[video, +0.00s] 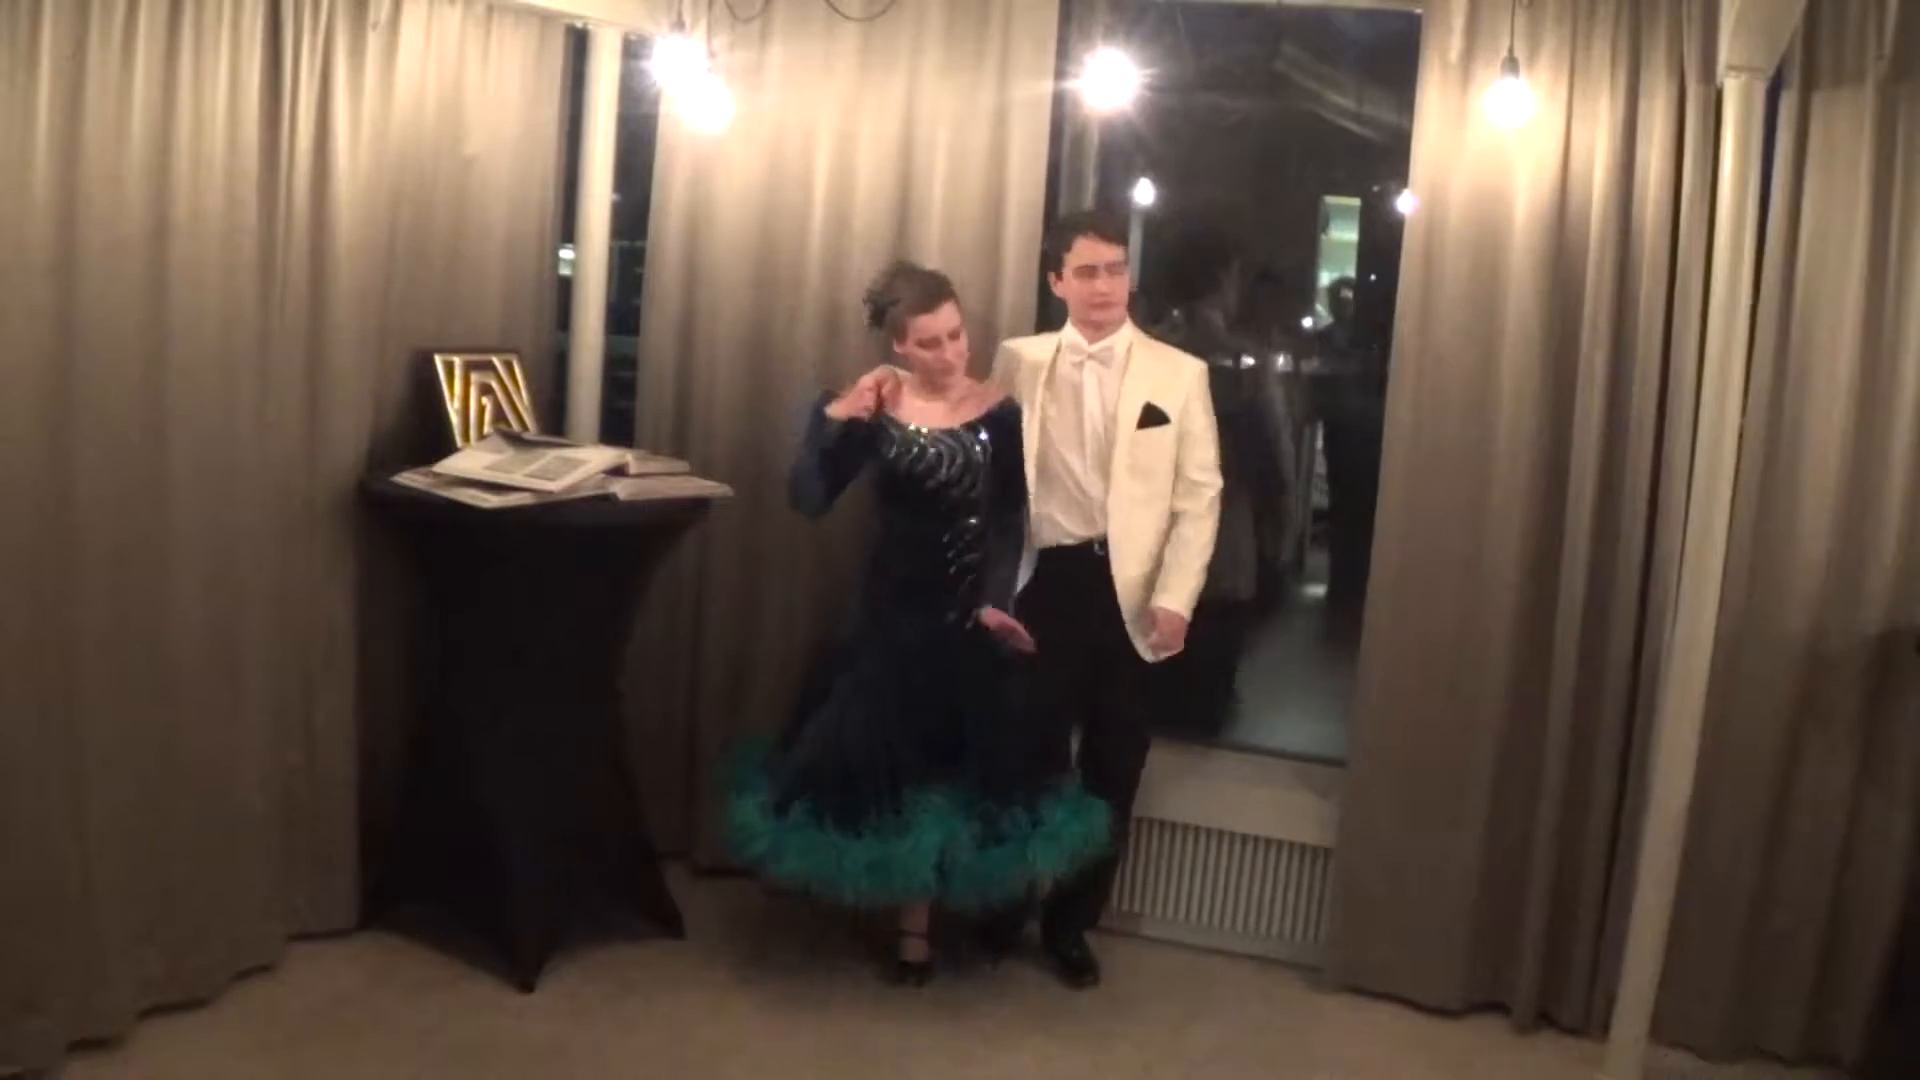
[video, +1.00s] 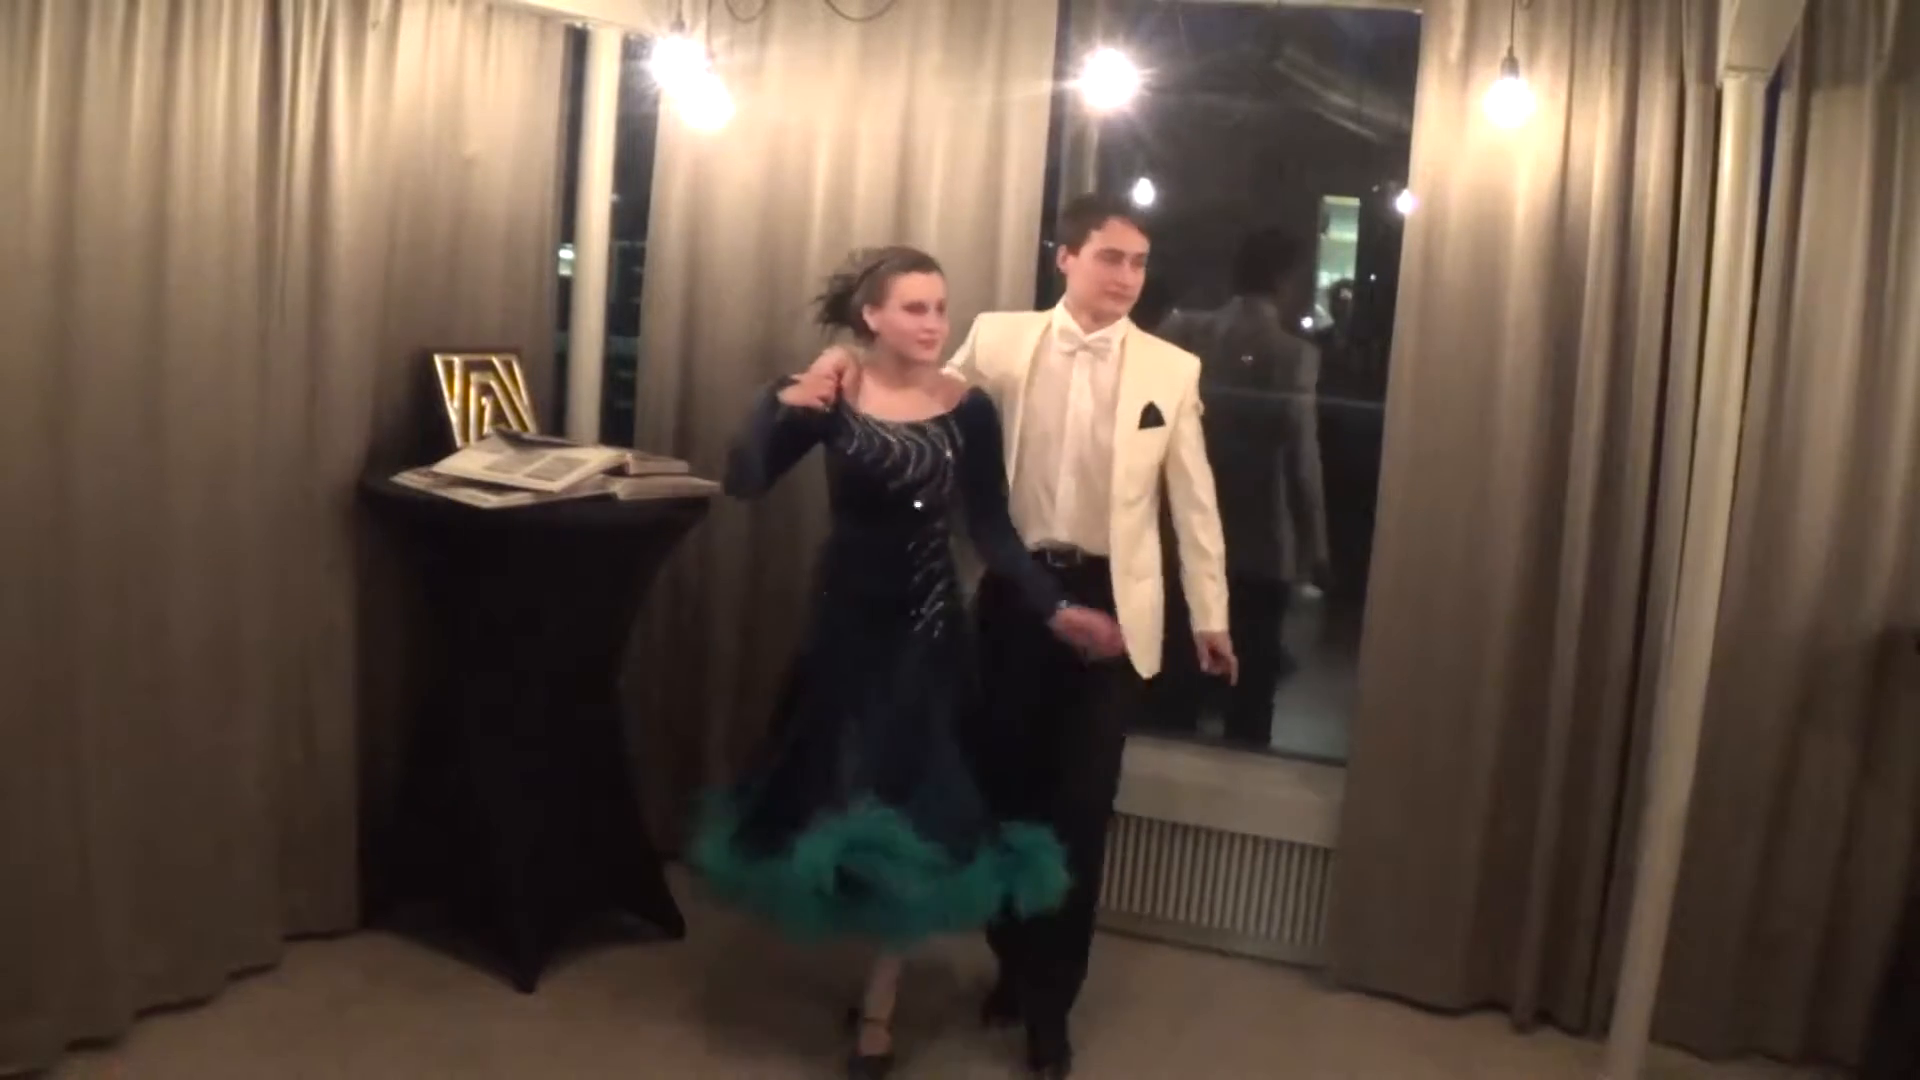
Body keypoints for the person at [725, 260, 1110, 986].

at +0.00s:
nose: (949, 354)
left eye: (955, 335)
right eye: (928, 343)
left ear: (968, 328)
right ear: (896, 346)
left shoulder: (997, 412)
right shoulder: (878, 408)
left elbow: (1011, 517)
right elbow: (811, 497)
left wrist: (997, 597)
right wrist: (835, 416)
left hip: (971, 610)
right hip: (896, 604)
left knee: (959, 756)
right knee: (902, 755)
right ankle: (903, 910)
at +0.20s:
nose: (937, 354)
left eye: (941, 334)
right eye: (917, 346)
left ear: (953, 322)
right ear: (888, 351)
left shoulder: (992, 407)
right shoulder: (875, 408)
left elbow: (1011, 519)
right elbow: (809, 494)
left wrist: (972, 520)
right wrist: (825, 416)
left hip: (964, 610)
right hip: (889, 603)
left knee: (936, 759)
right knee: (869, 755)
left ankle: (915, 920)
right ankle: (872, 951)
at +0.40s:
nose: (925, 342)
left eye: (932, 323)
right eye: (905, 333)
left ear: (946, 316)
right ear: (878, 342)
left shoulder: (981, 401)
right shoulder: (864, 402)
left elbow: (1000, 505)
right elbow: (800, 491)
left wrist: (948, 479)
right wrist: (811, 420)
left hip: (959, 612)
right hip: (886, 606)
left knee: (938, 766)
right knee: (873, 767)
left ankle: (913, 925)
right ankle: (878, 958)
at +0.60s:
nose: (918, 330)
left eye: (926, 313)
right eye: (899, 320)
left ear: (940, 311)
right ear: (866, 332)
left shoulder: (974, 397)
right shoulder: (852, 402)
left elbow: (992, 509)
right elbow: (785, 493)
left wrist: (946, 519)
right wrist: (796, 420)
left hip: (954, 604)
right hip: (876, 598)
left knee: (934, 757)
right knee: (866, 759)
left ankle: (916, 922)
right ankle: (872, 956)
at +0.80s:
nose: (922, 336)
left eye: (930, 320)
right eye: (903, 325)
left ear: (943, 325)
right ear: (866, 336)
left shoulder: (971, 415)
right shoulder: (845, 408)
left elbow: (982, 529)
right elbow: (770, 495)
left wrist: (973, 625)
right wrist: (791, 423)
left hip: (941, 618)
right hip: (862, 611)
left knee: (935, 770)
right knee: (865, 777)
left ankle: (923, 920)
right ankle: (874, 955)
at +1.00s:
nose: (933, 323)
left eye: (940, 309)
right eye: (915, 309)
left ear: (948, 317)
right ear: (869, 317)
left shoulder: (968, 407)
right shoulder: (837, 393)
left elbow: (991, 525)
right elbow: (747, 479)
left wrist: (1055, 607)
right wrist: (788, 400)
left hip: (933, 617)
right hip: (850, 611)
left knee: (917, 793)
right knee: (848, 785)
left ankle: (883, 985)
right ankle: (878, 954)